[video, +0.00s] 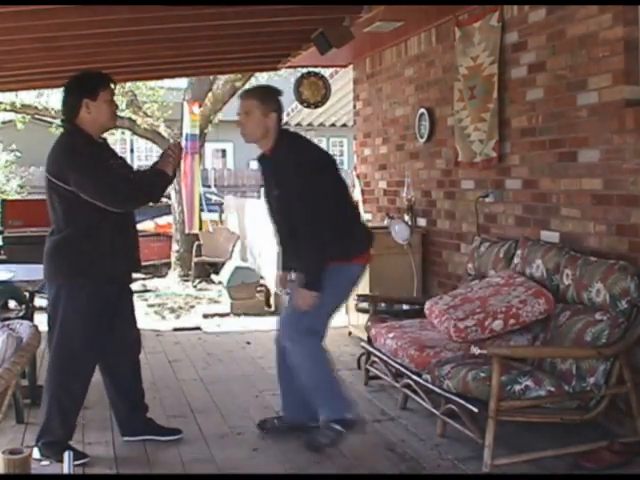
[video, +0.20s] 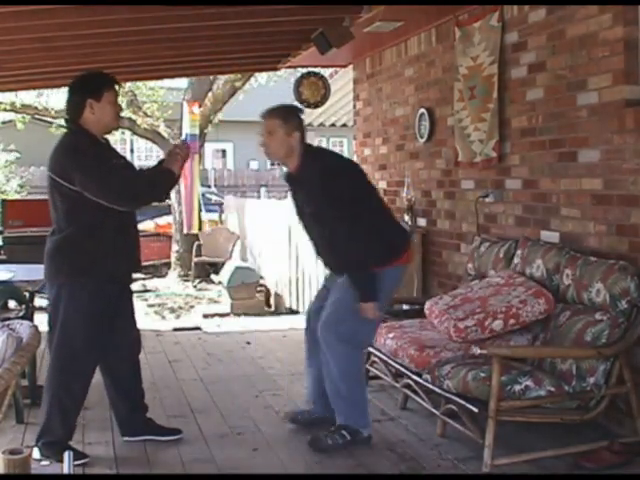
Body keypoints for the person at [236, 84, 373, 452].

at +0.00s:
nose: (239, 122)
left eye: (246, 114)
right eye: (239, 115)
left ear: (271, 117)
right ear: (259, 119)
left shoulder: (301, 156)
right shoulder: (272, 160)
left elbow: (317, 221)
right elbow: (286, 219)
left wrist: (312, 281)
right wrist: (287, 264)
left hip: (342, 256)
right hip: (313, 257)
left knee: (298, 331)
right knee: (289, 332)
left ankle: (339, 415)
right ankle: (298, 415)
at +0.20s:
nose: (263, 141)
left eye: (270, 134)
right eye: (263, 134)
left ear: (294, 136)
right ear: (282, 139)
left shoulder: (331, 169)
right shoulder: (297, 177)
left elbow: (358, 229)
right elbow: (327, 232)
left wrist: (367, 293)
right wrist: (342, 275)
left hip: (381, 262)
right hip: (353, 262)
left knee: (336, 331)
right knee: (317, 322)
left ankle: (355, 427)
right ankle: (324, 409)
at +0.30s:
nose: (281, 154)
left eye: (287, 146)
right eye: (281, 146)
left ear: (310, 146)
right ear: (300, 149)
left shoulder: (351, 179)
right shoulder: (312, 187)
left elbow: (381, 236)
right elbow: (345, 240)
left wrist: (393, 298)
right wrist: (355, 280)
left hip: (395, 266)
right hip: (368, 267)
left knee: (345, 328)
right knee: (331, 320)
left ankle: (355, 425)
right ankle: (356, 408)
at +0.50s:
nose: (322, 186)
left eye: (329, 178)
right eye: (322, 179)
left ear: (353, 178)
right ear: (342, 181)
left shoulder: (396, 209)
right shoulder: (351, 214)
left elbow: (430, 260)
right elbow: (380, 260)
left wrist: (447, 314)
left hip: (428, 286)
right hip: (392, 282)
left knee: (368, 326)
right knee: (347, 319)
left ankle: (358, 424)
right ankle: (351, 409)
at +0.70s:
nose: (392, 210)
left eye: (400, 203)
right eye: (392, 203)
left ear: (425, 206)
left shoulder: (452, 244)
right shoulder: (410, 242)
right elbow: (415, 293)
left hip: (469, 327)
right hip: (436, 315)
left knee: (392, 329)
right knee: (370, 315)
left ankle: (361, 422)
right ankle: (351, 405)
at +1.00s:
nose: (478, 207)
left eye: (486, 201)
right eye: (477, 200)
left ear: (507, 205)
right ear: (475, 202)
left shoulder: (521, 248)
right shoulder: (478, 239)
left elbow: (517, 306)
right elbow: (459, 284)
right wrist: (445, 306)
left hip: (487, 328)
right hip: (458, 311)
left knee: (411, 322)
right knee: (389, 302)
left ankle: (370, 414)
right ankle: (356, 386)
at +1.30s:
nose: (463, 214)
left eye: (470, 208)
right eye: (461, 207)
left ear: (492, 210)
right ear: (458, 208)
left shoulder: (510, 247)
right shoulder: (464, 242)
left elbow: (512, 305)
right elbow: (449, 285)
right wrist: (436, 309)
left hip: (483, 330)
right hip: (451, 317)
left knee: (415, 309)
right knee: (390, 297)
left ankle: (379, 401)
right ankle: (364, 383)